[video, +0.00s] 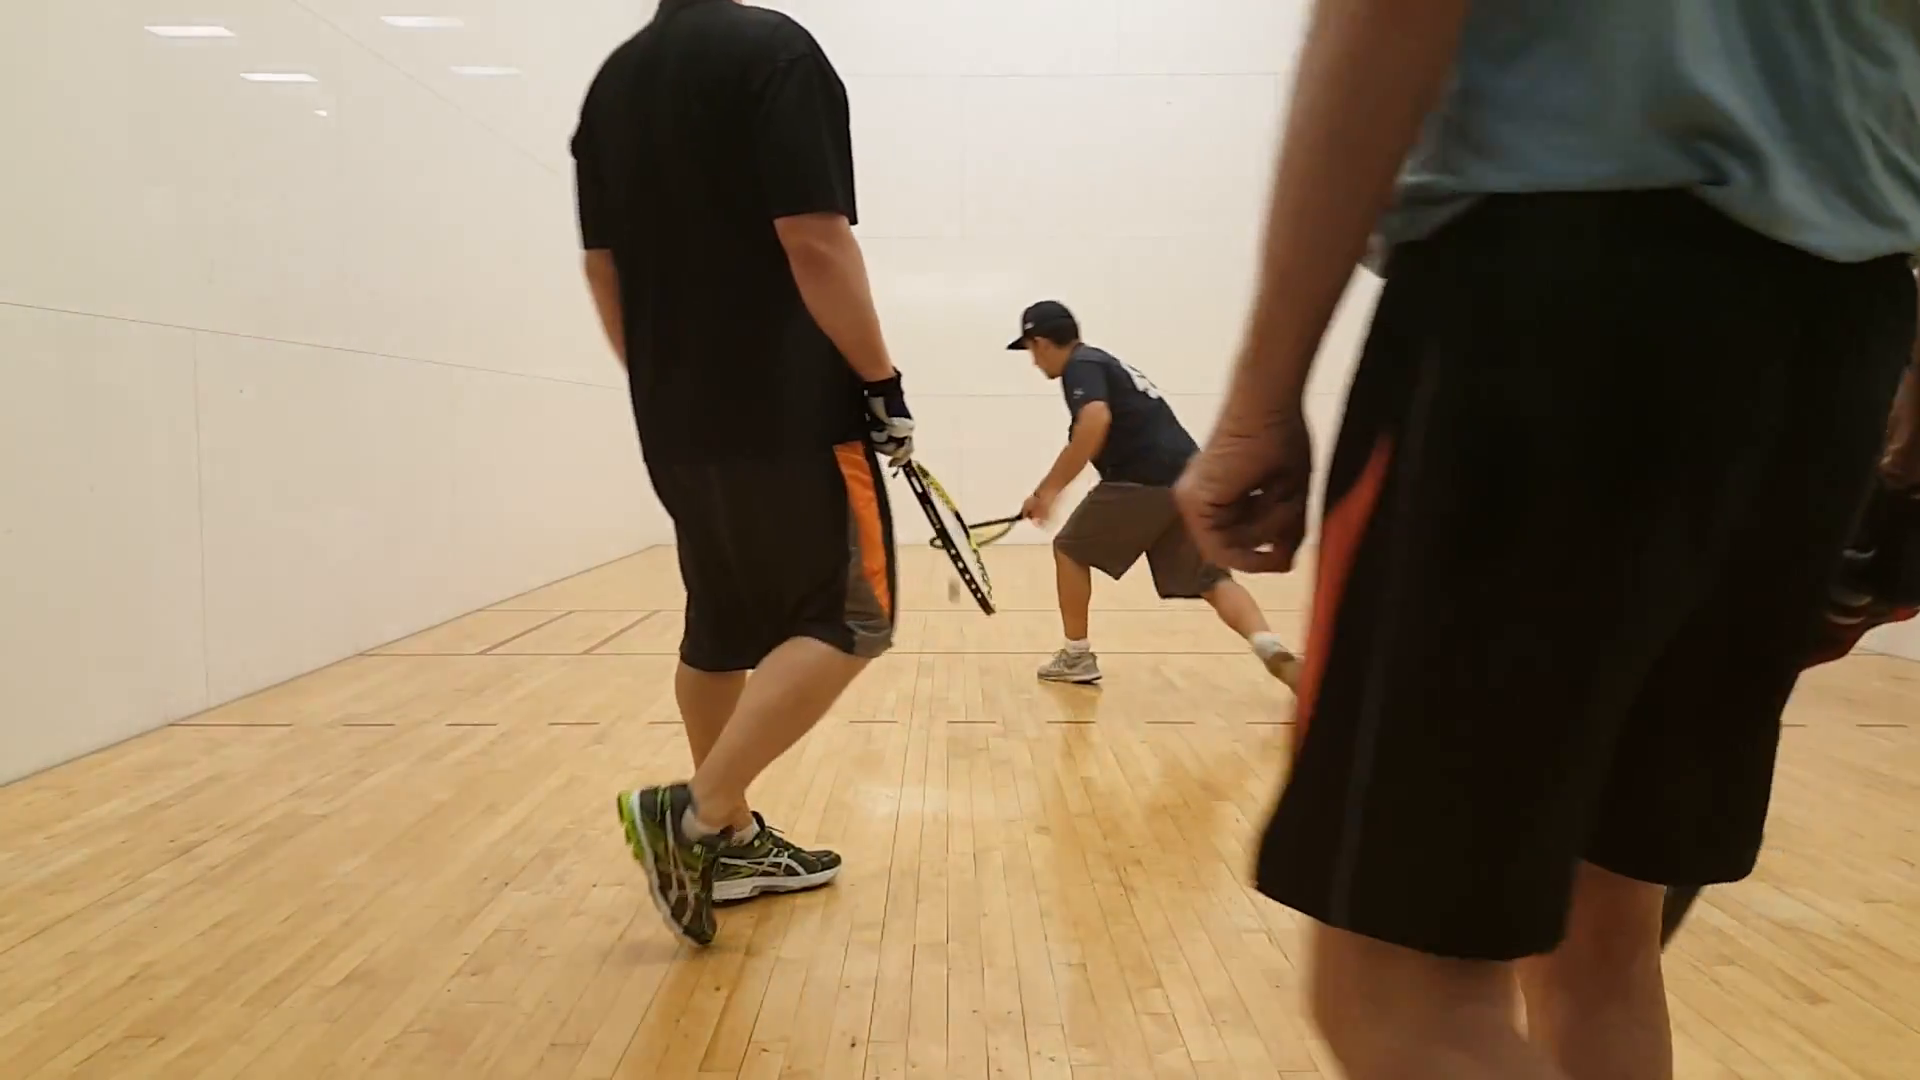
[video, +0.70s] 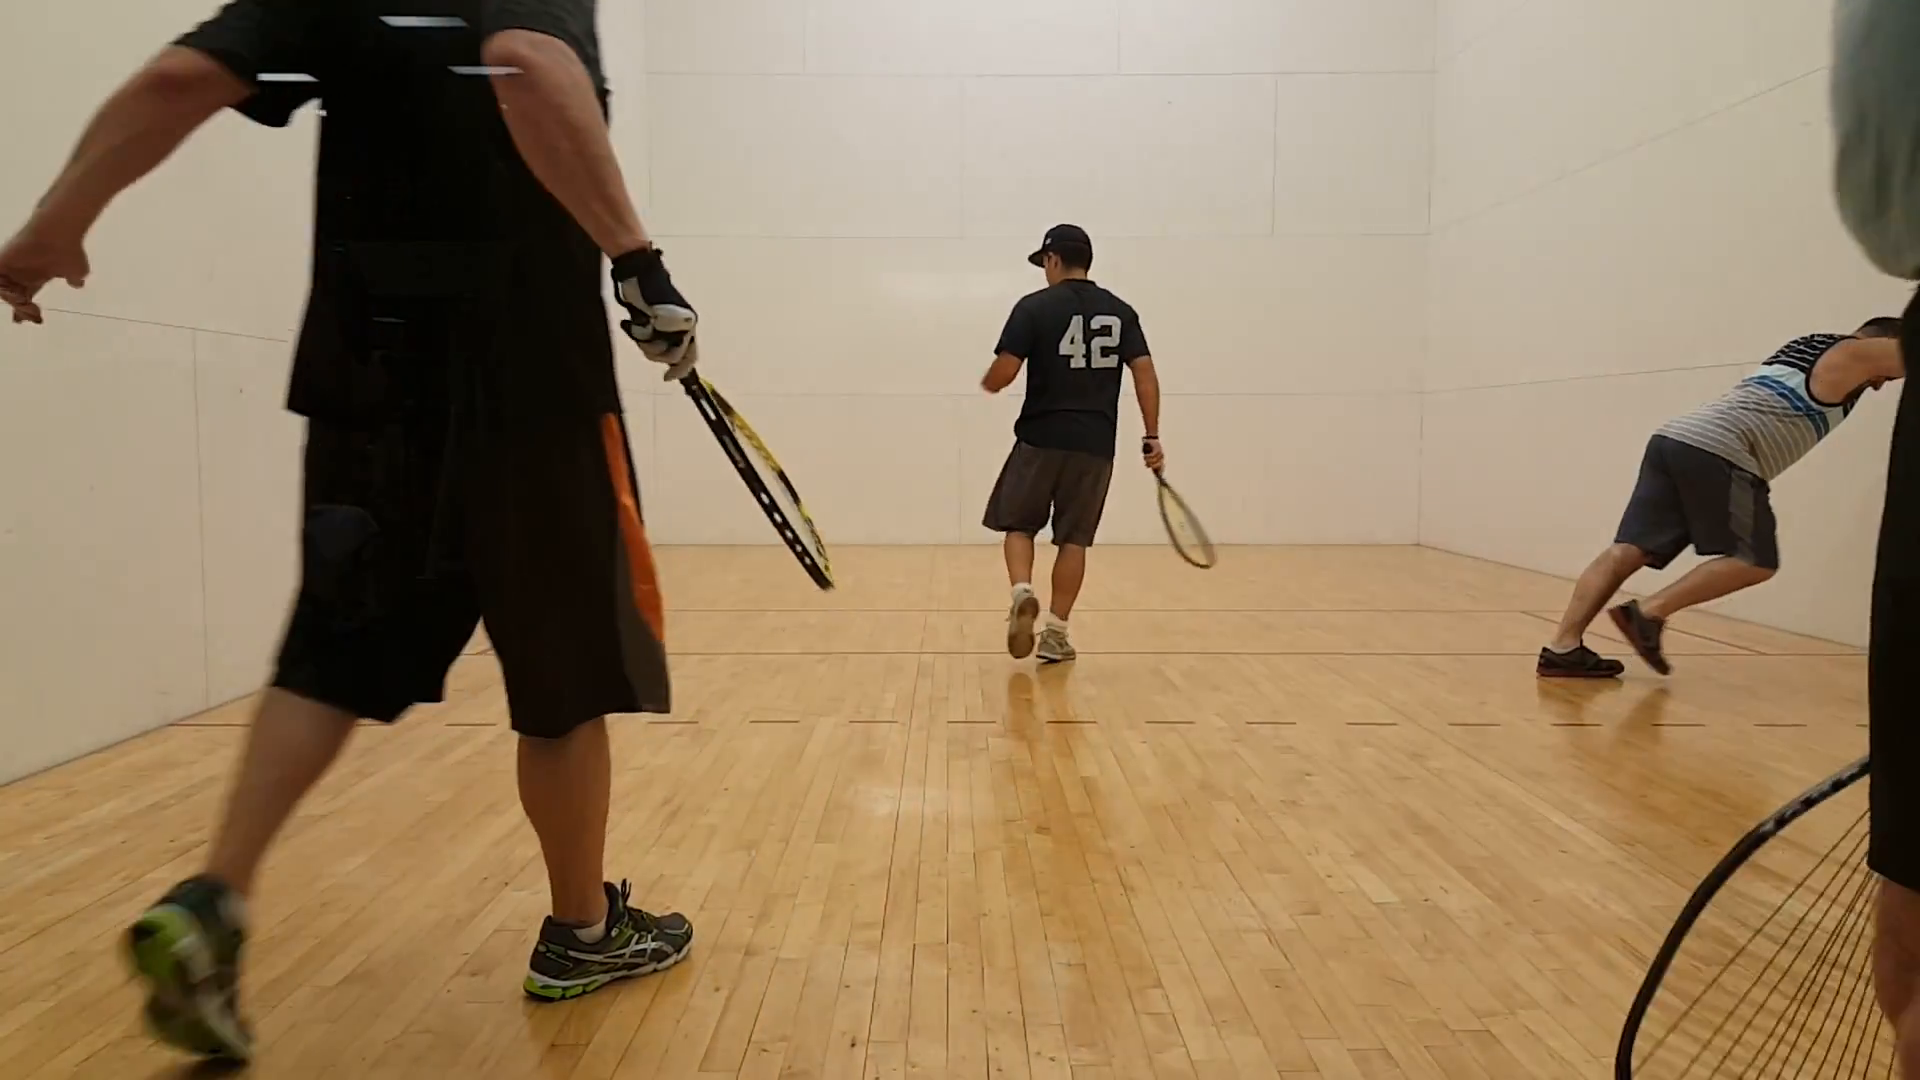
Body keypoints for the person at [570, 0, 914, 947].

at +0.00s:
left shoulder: (613, 81)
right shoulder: (779, 52)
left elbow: (605, 270)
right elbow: (817, 242)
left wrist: (662, 381)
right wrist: (884, 380)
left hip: (677, 409)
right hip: (788, 402)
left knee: (721, 618)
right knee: (855, 618)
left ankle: (732, 835)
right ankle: (694, 813)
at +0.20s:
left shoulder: (540, 61)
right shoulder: (732, 47)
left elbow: (487, 243)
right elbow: (767, 238)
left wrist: (501, 379)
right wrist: (839, 393)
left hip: (597, 417)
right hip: (715, 415)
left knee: (678, 641)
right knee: (691, 659)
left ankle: (729, 838)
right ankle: (595, 914)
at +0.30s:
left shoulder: (503, 39)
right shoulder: (705, 33)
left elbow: (426, 217)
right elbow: (738, 219)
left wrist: (404, 363)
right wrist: (807, 385)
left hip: (549, 403)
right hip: (678, 407)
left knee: (634, 634)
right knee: (635, 663)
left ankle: (699, 833)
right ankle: (585, 929)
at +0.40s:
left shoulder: (467, 16)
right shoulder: (676, 13)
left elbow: (372, 164)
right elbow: (699, 170)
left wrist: (296, 319)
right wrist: (770, 354)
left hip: (507, 386)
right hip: (641, 391)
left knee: (577, 645)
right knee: (612, 668)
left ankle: (604, 853)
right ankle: (580, 934)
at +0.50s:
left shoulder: (430, 3)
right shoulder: (641, 4)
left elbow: (318, 121)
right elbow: (647, 122)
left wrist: (189, 266)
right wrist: (733, 316)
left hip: (462, 386)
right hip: (603, 388)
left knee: (507, 643)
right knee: (602, 667)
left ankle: (480, 869)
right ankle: (587, 928)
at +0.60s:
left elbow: (256, 87)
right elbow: (584, 84)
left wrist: (110, 225)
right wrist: (677, 278)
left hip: (414, 374)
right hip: (569, 376)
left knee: (428, 641)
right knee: (590, 656)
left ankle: (347, 870)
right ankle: (585, 926)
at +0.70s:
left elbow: (179, 75)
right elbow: (526, 64)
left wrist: (56, 221)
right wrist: (640, 261)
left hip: (363, 364)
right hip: (524, 371)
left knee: (340, 636)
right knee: (564, 641)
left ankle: (215, 899)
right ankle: (583, 925)